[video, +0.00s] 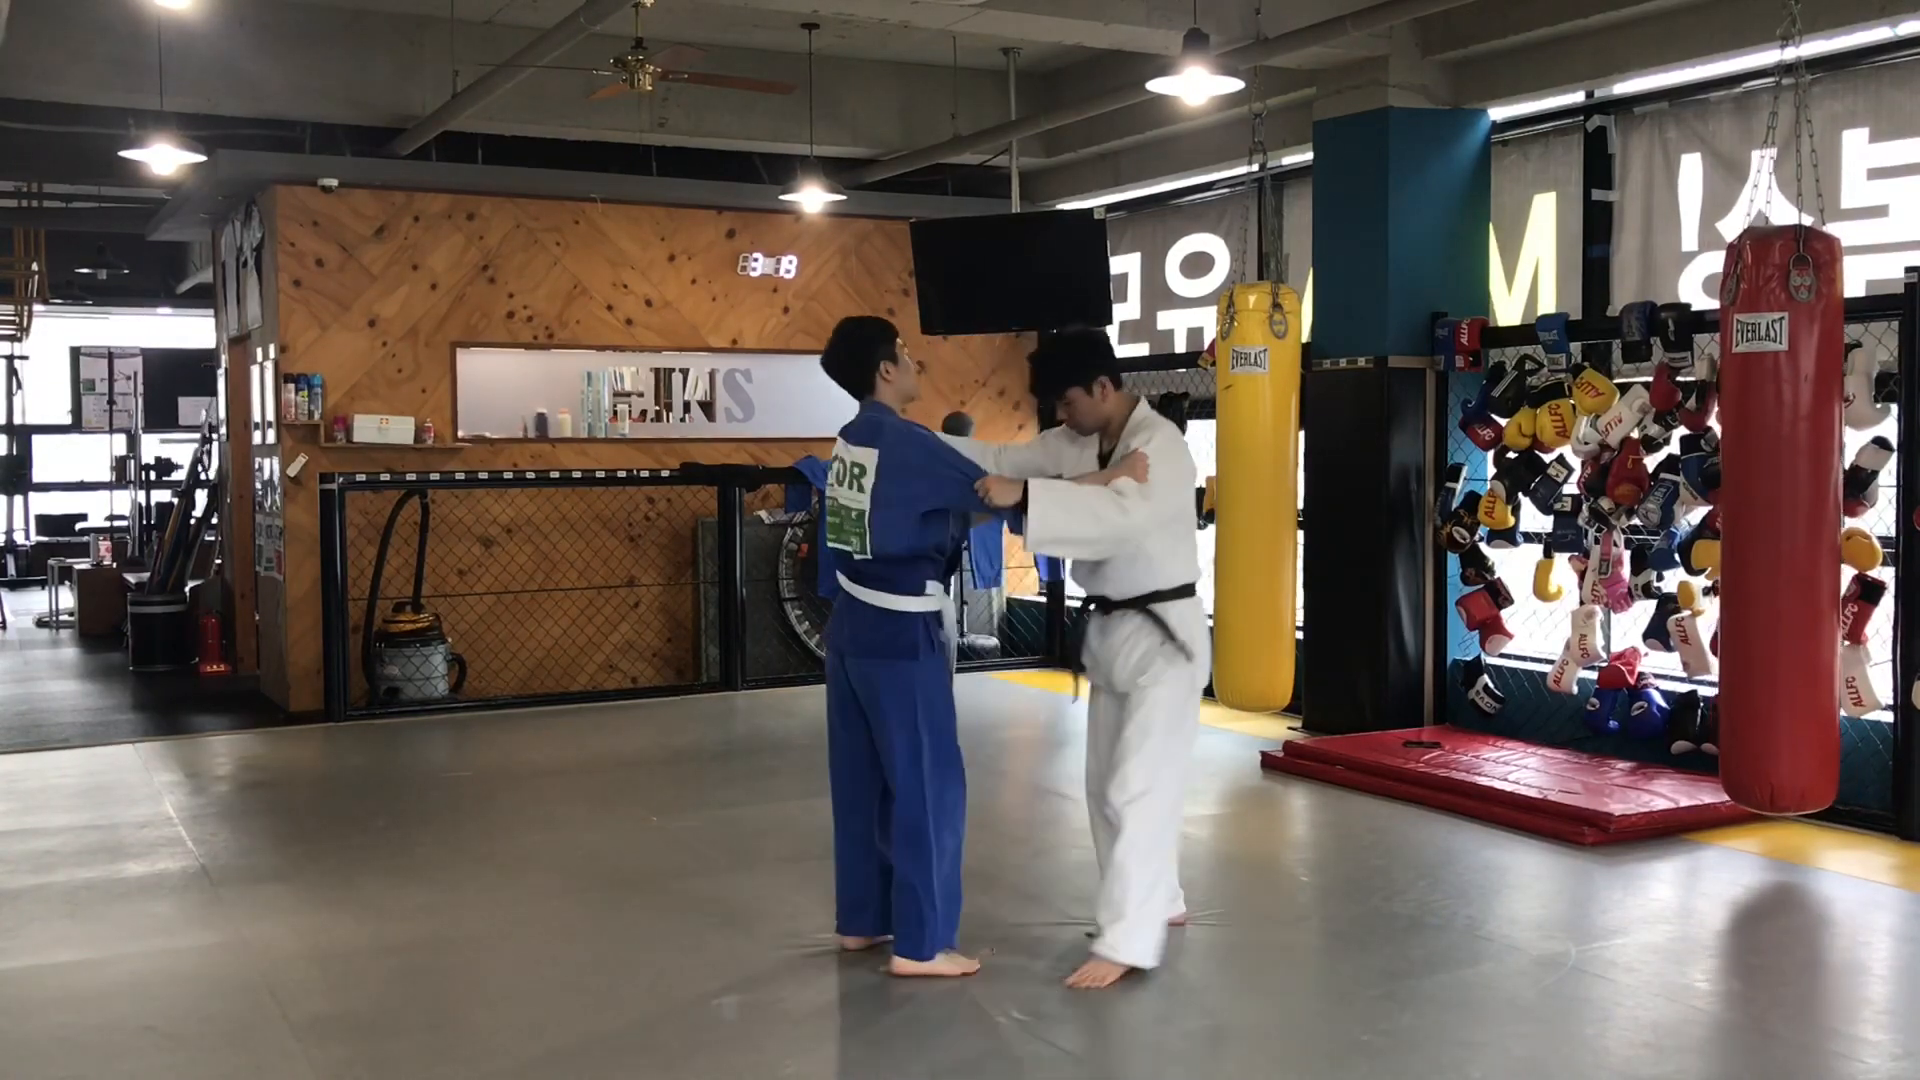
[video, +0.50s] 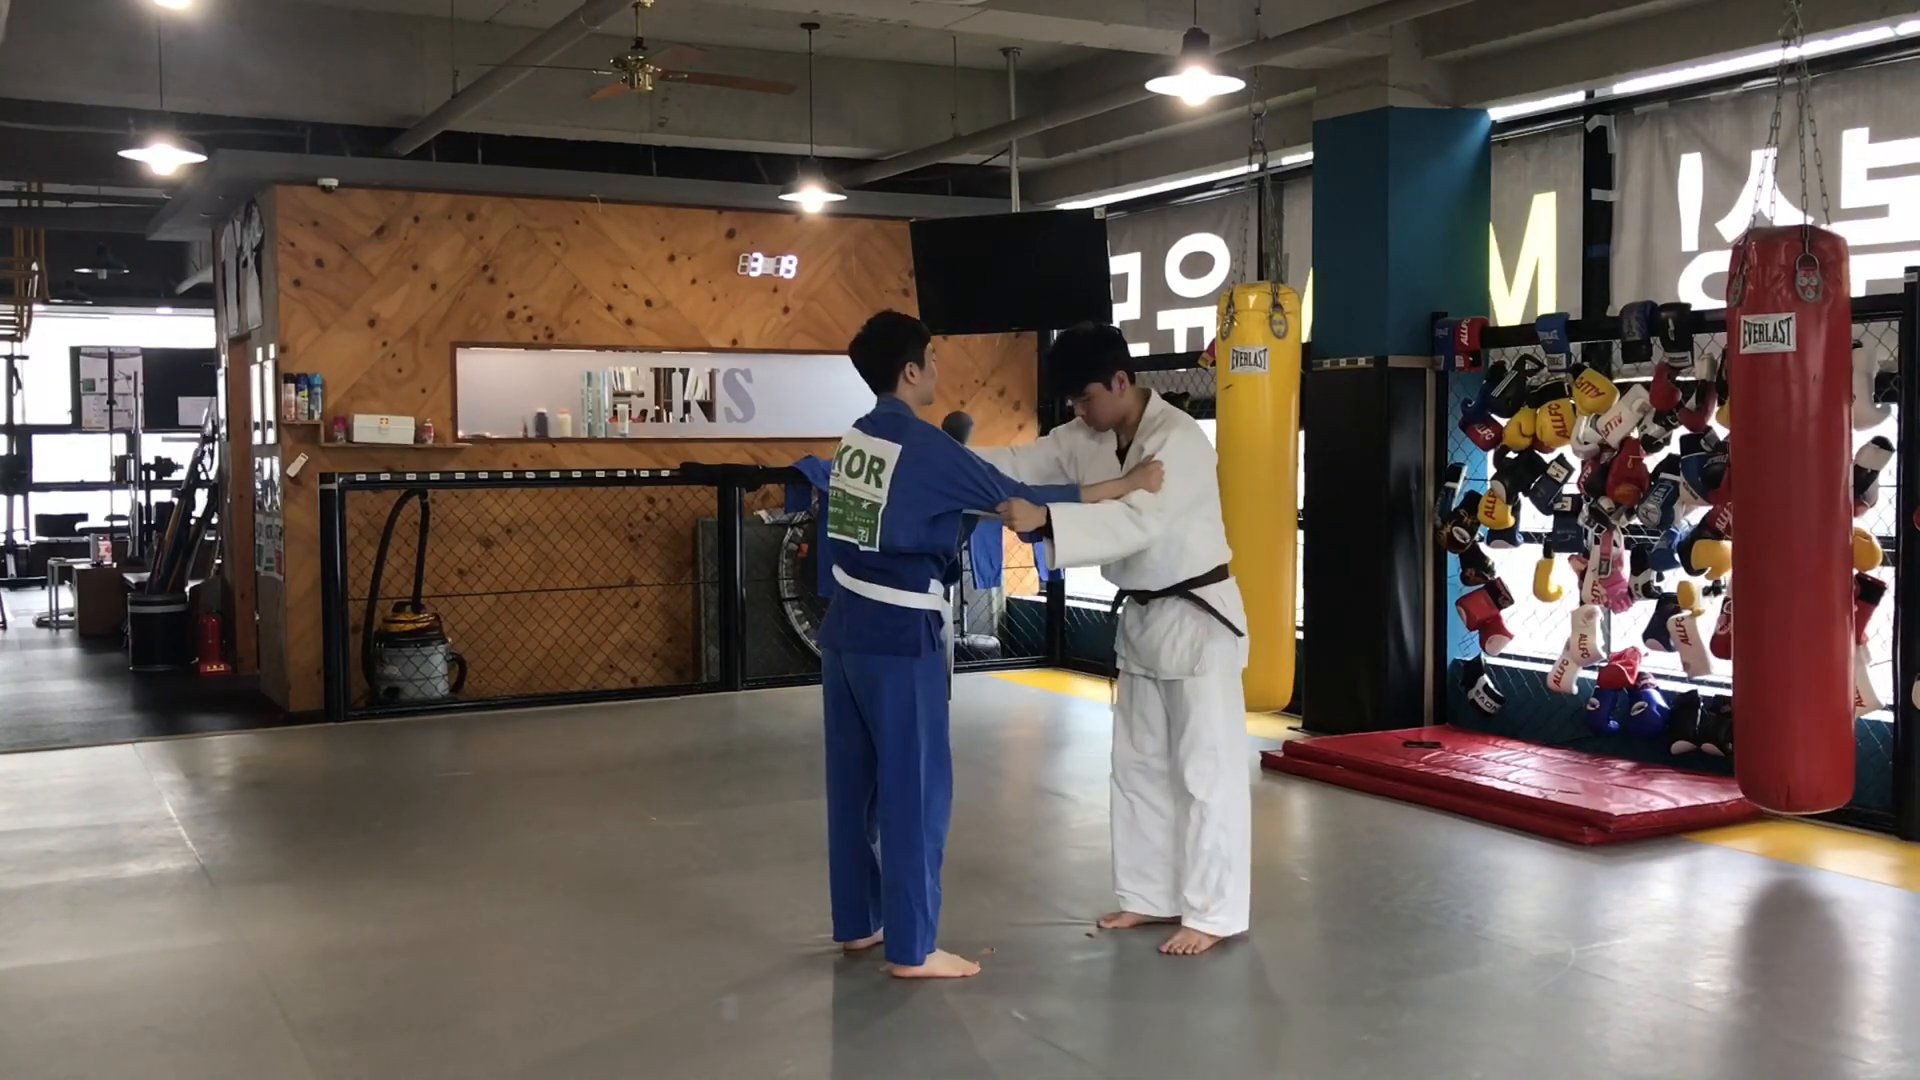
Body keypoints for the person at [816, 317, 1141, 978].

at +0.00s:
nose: (917, 364)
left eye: (909, 354)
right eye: (908, 356)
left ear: (861, 376)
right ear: (887, 370)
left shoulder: (854, 439)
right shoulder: (913, 447)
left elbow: (958, 485)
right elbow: (999, 494)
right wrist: (1106, 484)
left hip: (849, 633)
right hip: (903, 642)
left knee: (861, 779)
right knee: (929, 785)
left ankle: (861, 921)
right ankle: (921, 947)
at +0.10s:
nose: (919, 363)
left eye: (912, 353)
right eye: (910, 354)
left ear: (860, 373)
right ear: (889, 366)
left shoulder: (852, 438)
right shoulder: (916, 446)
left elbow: (952, 489)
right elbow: (1008, 488)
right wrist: (1112, 476)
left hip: (844, 632)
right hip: (899, 641)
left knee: (853, 780)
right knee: (918, 787)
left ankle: (856, 922)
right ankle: (915, 950)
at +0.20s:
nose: (923, 367)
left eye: (917, 356)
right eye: (917, 357)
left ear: (863, 372)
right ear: (897, 366)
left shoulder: (854, 437)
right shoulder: (921, 447)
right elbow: (1010, 496)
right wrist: (1113, 481)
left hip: (841, 634)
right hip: (898, 643)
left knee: (850, 781)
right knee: (913, 790)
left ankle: (853, 924)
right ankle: (910, 949)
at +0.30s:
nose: (929, 371)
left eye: (924, 360)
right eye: (923, 361)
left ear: (872, 374)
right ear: (905, 370)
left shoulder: (855, 438)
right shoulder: (924, 451)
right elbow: (1012, 504)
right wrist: (1110, 491)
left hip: (840, 636)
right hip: (897, 644)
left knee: (851, 783)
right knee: (913, 790)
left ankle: (853, 927)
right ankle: (907, 948)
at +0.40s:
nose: (936, 373)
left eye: (932, 361)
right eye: (931, 363)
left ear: (876, 374)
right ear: (910, 371)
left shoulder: (856, 436)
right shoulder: (928, 451)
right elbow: (1015, 502)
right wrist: (1113, 491)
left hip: (840, 634)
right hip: (899, 643)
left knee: (850, 785)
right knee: (914, 792)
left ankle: (855, 926)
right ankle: (909, 950)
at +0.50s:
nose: (937, 373)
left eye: (932, 361)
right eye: (931, 363)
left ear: (877, 375)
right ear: (911, 372)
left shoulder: (857, 436)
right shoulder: (931, 452)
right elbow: (1022, 506)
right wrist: (1118, 489)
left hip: (843, 635)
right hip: (902, 644)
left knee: (851, 785)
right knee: (917, 792)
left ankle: (855, 926)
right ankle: (912, 950)